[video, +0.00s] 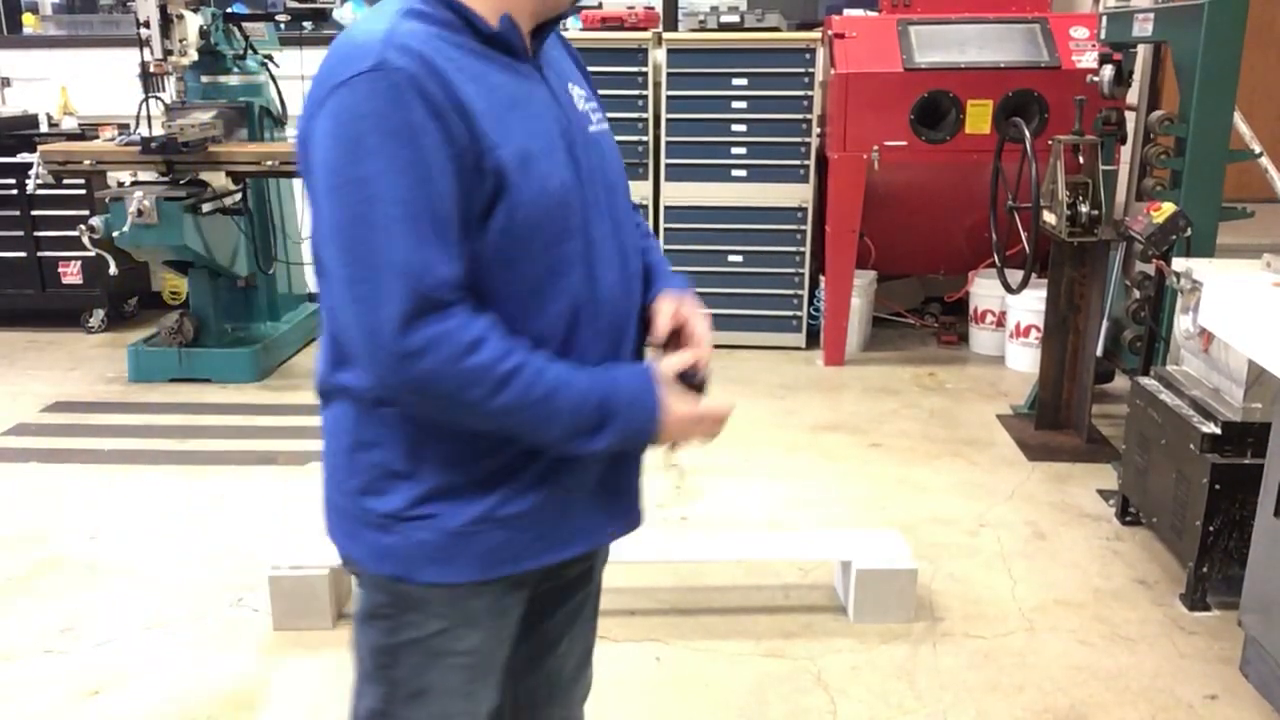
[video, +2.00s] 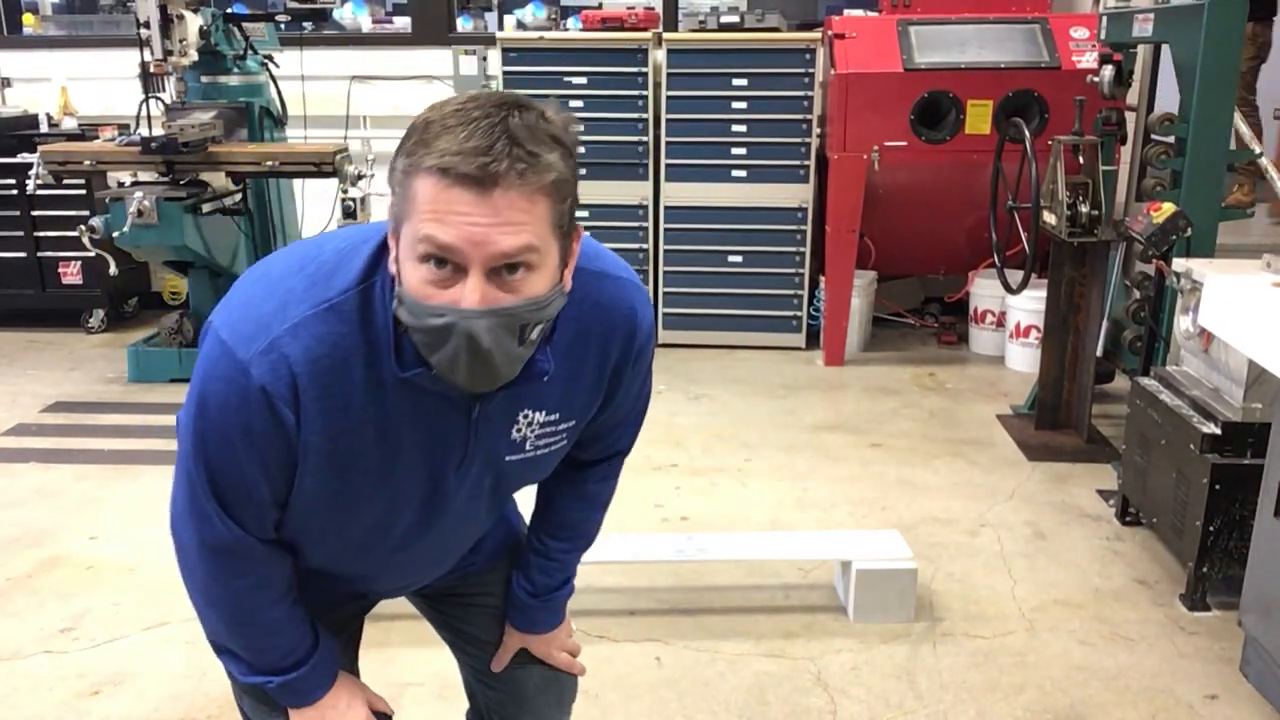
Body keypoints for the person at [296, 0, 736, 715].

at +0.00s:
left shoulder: (549, 53)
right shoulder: (382, 77)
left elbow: (605, 217)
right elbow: (404, 341)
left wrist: (662, 291)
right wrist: (630, 406)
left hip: (566, 513)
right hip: (438, 535)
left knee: (545, 709)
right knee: (430, 707)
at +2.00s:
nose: (472, 306)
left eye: (511, 270)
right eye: (440, 263)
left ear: (568, 257)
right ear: (394, 249)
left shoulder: (611, 315)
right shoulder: (264, 351)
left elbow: (587, 467)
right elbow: (221, 543)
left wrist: (541, 602)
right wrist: (308, 687)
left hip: (465, 529)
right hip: (305, 552)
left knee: (537, 692)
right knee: (289, 711)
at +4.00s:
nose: (515, 281)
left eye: (548, 244)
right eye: (482, 243)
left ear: (598, 223)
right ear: (431, 227)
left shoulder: (626, 296)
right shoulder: (313, 363)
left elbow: (592, 460)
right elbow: (276, 555)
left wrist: (554, 595)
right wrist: (344, 689)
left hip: (481, 507)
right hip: (328, 532)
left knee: (537, 691)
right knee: (319, 702)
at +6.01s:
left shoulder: (640, 77)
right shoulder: (356, 71)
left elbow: (684, 218)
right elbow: (284, 291)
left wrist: (703, 281)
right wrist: (427, 460)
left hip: (571, 513)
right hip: (400, 516)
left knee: (545, 712)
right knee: (411, 710)